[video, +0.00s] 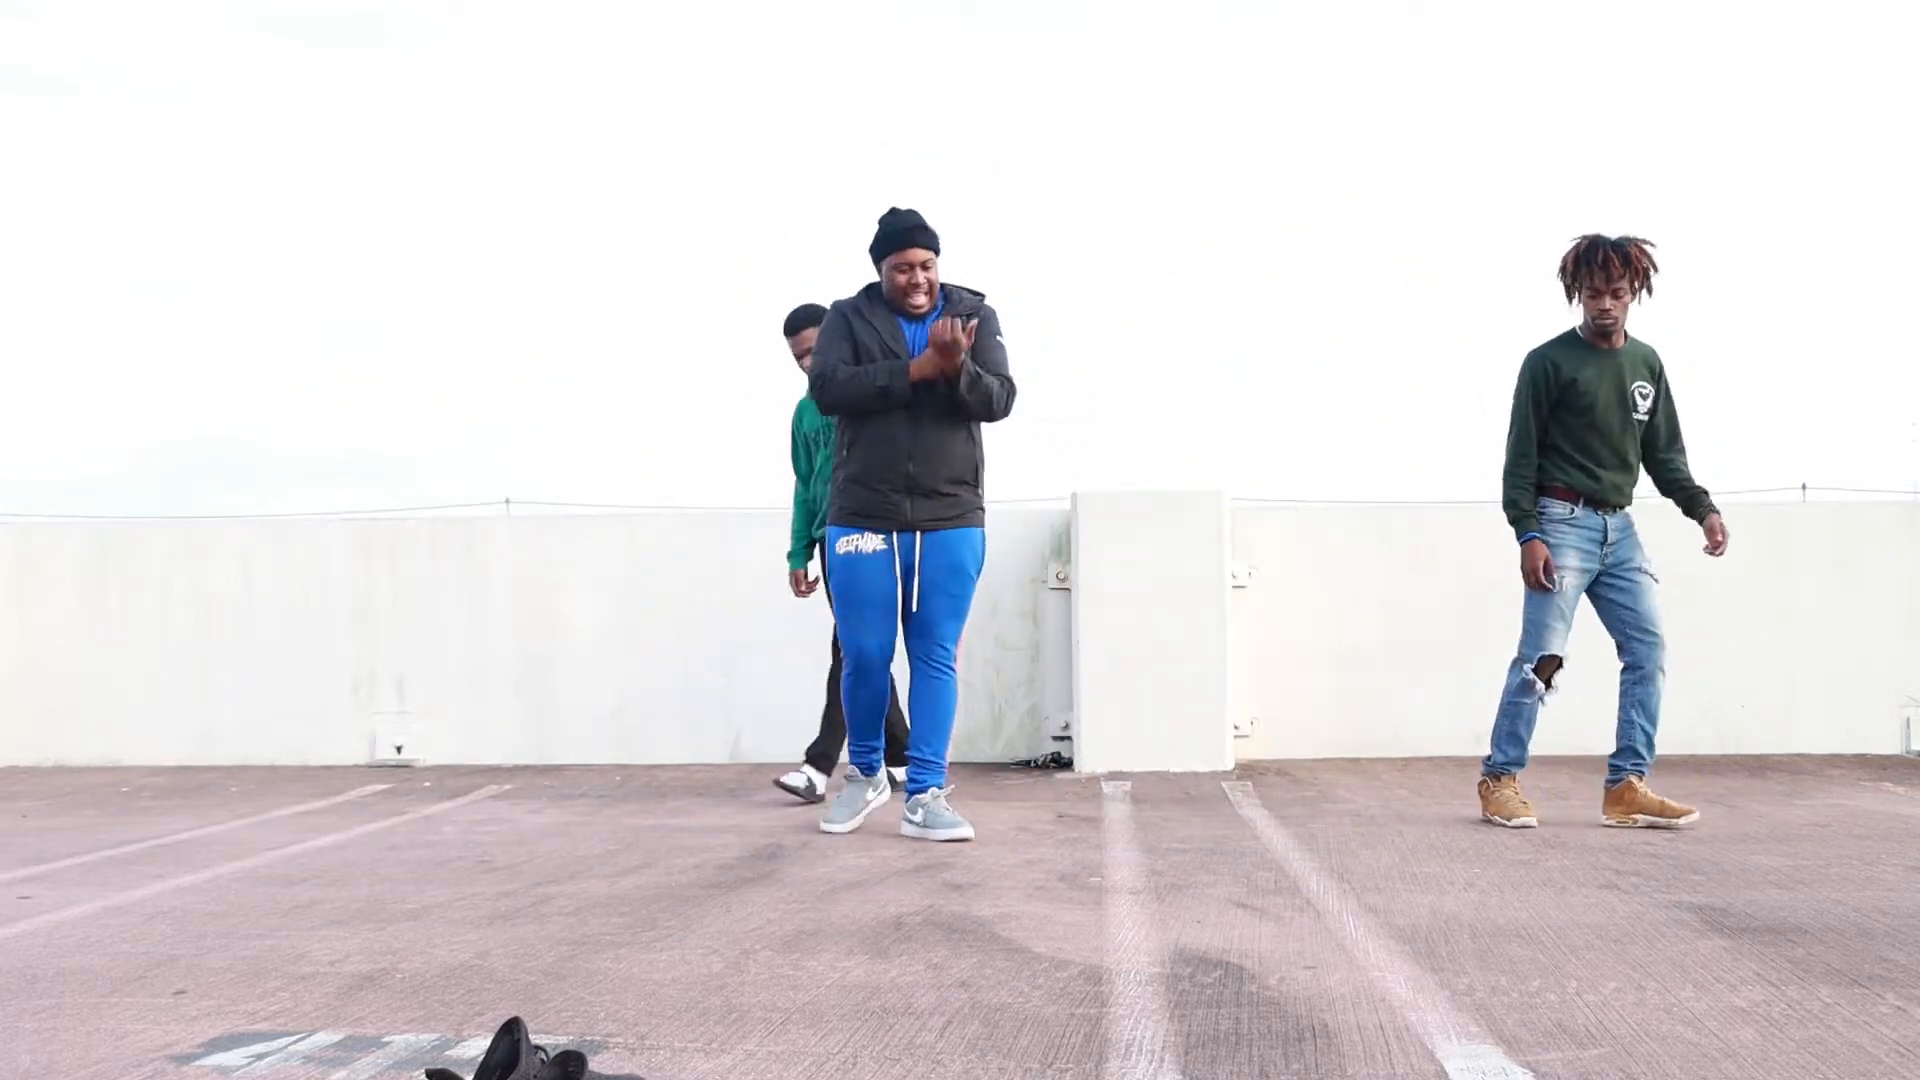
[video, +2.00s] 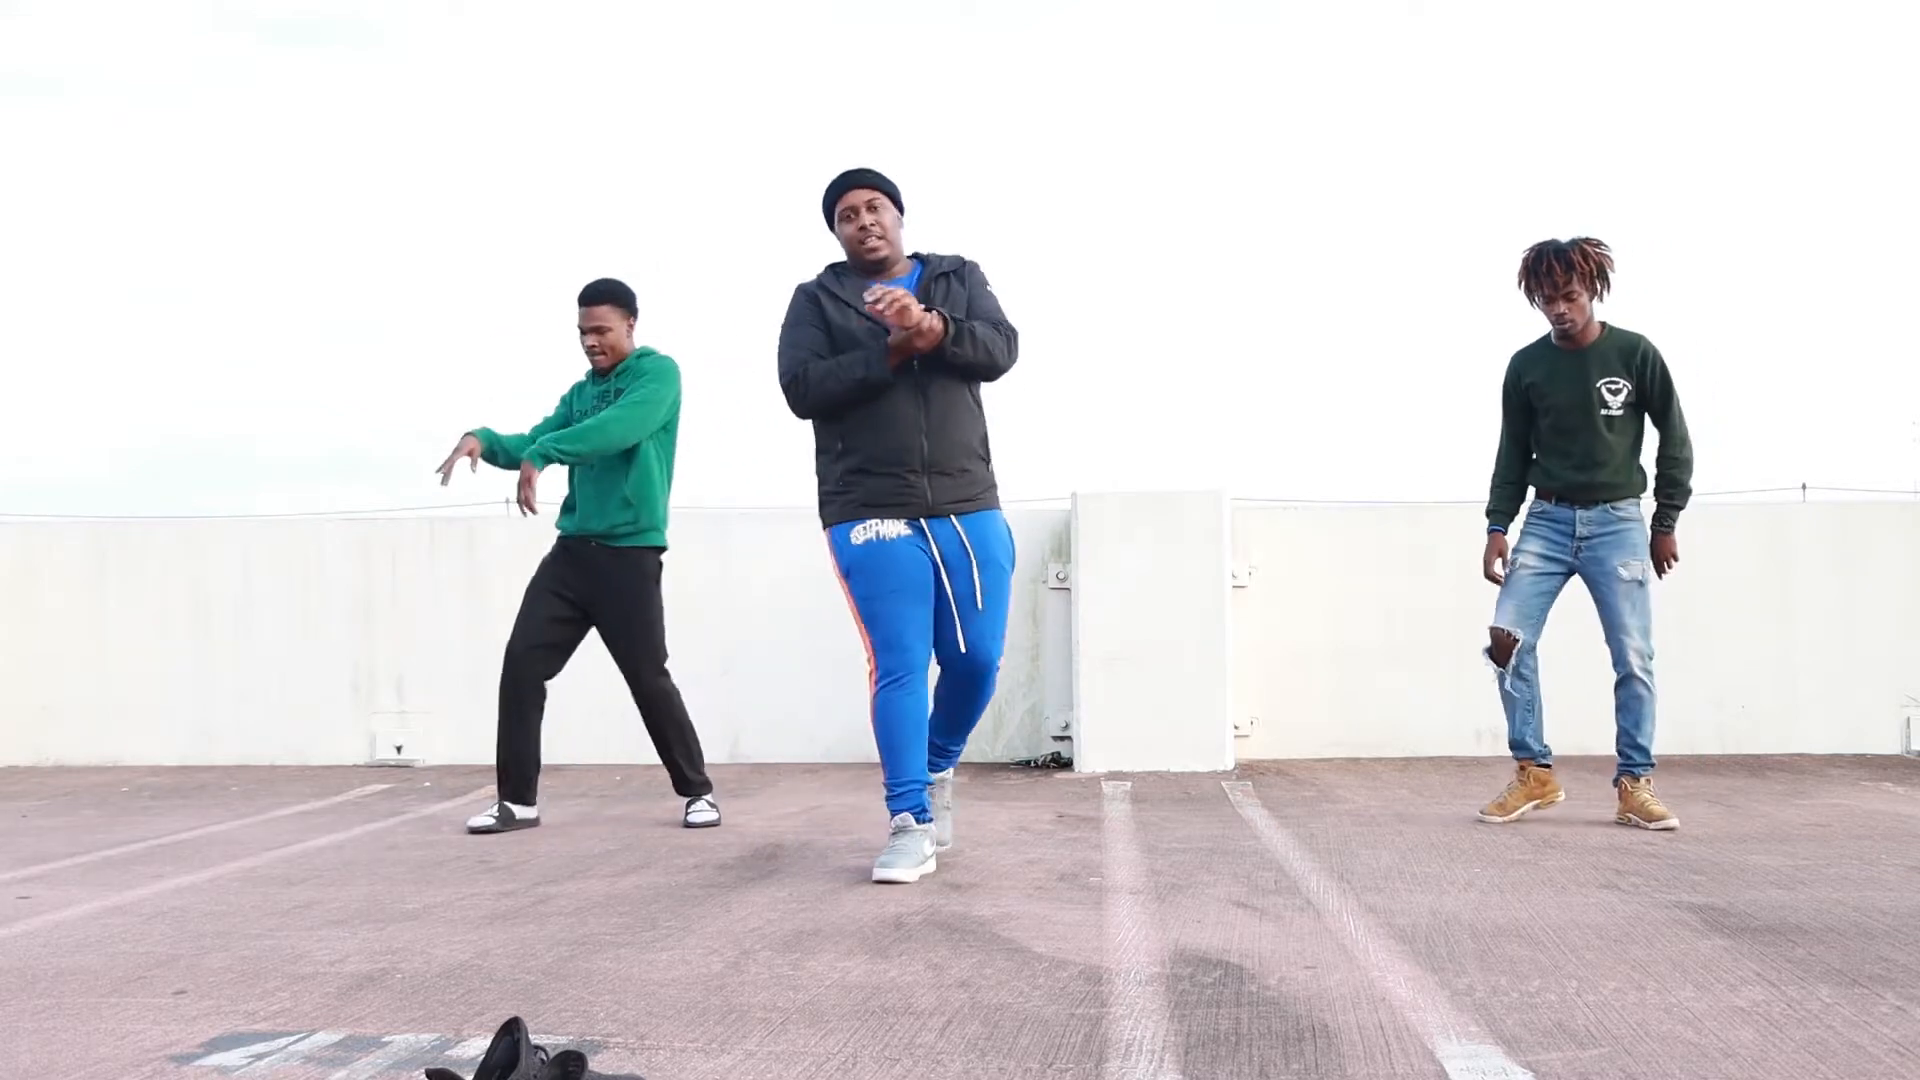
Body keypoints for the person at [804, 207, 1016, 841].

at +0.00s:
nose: (916, 278)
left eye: (925, 266)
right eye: (901, 268)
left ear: (939, 262)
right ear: (878, 269)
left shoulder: (972, 314)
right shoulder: (847, 318)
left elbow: (997, 399)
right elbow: (828, 388)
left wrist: (957, 369)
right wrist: (914, 370)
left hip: (950, 513)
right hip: (863, 513)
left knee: (936, 655)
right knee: (867, 655)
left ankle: (925, 793)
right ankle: (862, 773)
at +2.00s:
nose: (865, 220)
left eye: (874, 208)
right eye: (850, 216)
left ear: (900, 216)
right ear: (836, 236)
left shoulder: (956, 277)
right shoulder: (817, 300)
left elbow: (999, 350)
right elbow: (803, 391)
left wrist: (938, 331)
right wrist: (892, 349)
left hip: (966, 497)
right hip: (870, 504)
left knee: (978, 659)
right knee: (900, 662)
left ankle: (935, 767)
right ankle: (909, 823)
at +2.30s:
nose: (856, 191)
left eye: (868, 177)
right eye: (845, 185)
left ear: (905, 185)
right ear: (837, 203)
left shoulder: (955, 241)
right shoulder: (822, 271)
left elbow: (952, 330)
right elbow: (781, 382)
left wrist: (835, 318)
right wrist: (825, 341)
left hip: (944, 480)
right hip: (851, 492)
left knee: (932, 640)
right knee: (882, 665)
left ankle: (957, 825)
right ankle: (907, 825)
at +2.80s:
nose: (824, 191)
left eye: (834, 177)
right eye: (824, 178)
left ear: (876, 177)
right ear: (876, 180)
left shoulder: (892, 230)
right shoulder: (879, 240)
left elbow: (833, 335)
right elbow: (858, 365)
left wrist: (749, 355)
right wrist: (778, 358)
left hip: (913, 478)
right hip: (869, 483)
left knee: (900, 655)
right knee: (808, 637)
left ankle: (947, 844)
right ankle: (828, 821)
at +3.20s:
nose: (775, 208)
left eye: (784, 196)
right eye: (780, 195)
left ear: (815, 201)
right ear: (842, 205)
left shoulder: (801, 261)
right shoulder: (880, 282)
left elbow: (741, 359)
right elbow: (835, 373)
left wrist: (700, 395)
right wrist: (744, 374)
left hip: (815, 491)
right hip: (856, 489)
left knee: (813, 666)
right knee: (762, 661)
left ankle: (928, 831)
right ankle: (784, 830)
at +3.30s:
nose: (759, 208)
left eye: (767, 197)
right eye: (763, 196)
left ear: (799, 203)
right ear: (823, 207)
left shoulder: (782, 261)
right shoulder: (864, 281)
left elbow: (716, 364)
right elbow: (825, 369)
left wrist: (681, 384)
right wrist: (732, 354)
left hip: (796, 483)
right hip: (862, 493)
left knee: (742, 651)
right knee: (773, 657)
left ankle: (871, 794)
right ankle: (783, 831)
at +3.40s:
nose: (742, 207)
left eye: (750, 195)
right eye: (745, 195)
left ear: (780, 200)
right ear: (806, 205)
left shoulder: (759, 261)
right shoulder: (851, 283)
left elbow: (693, 372)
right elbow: (804, 370)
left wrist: (669, 379)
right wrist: (706, 360)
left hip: (773, 482)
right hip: (849, 493)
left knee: (698, 641)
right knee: (777, 657)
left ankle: (788, 799)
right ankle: (788, 835)